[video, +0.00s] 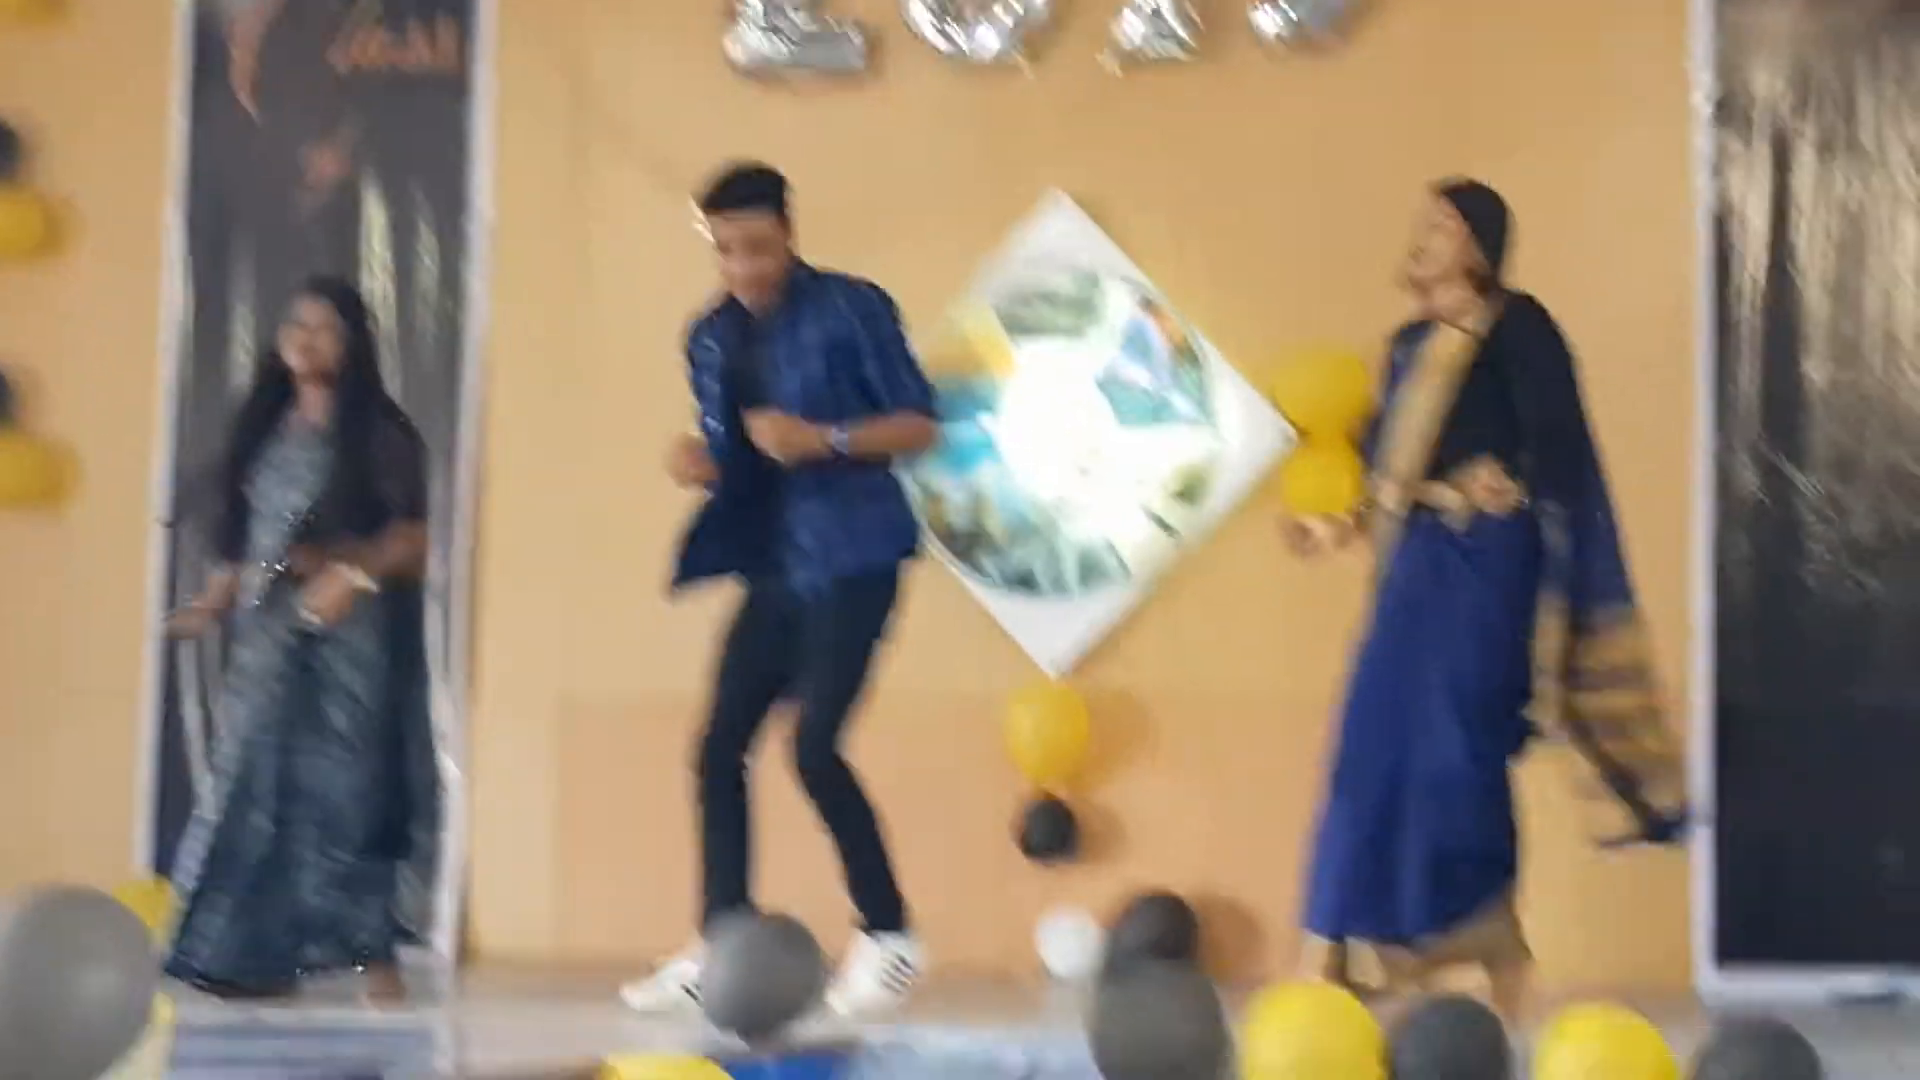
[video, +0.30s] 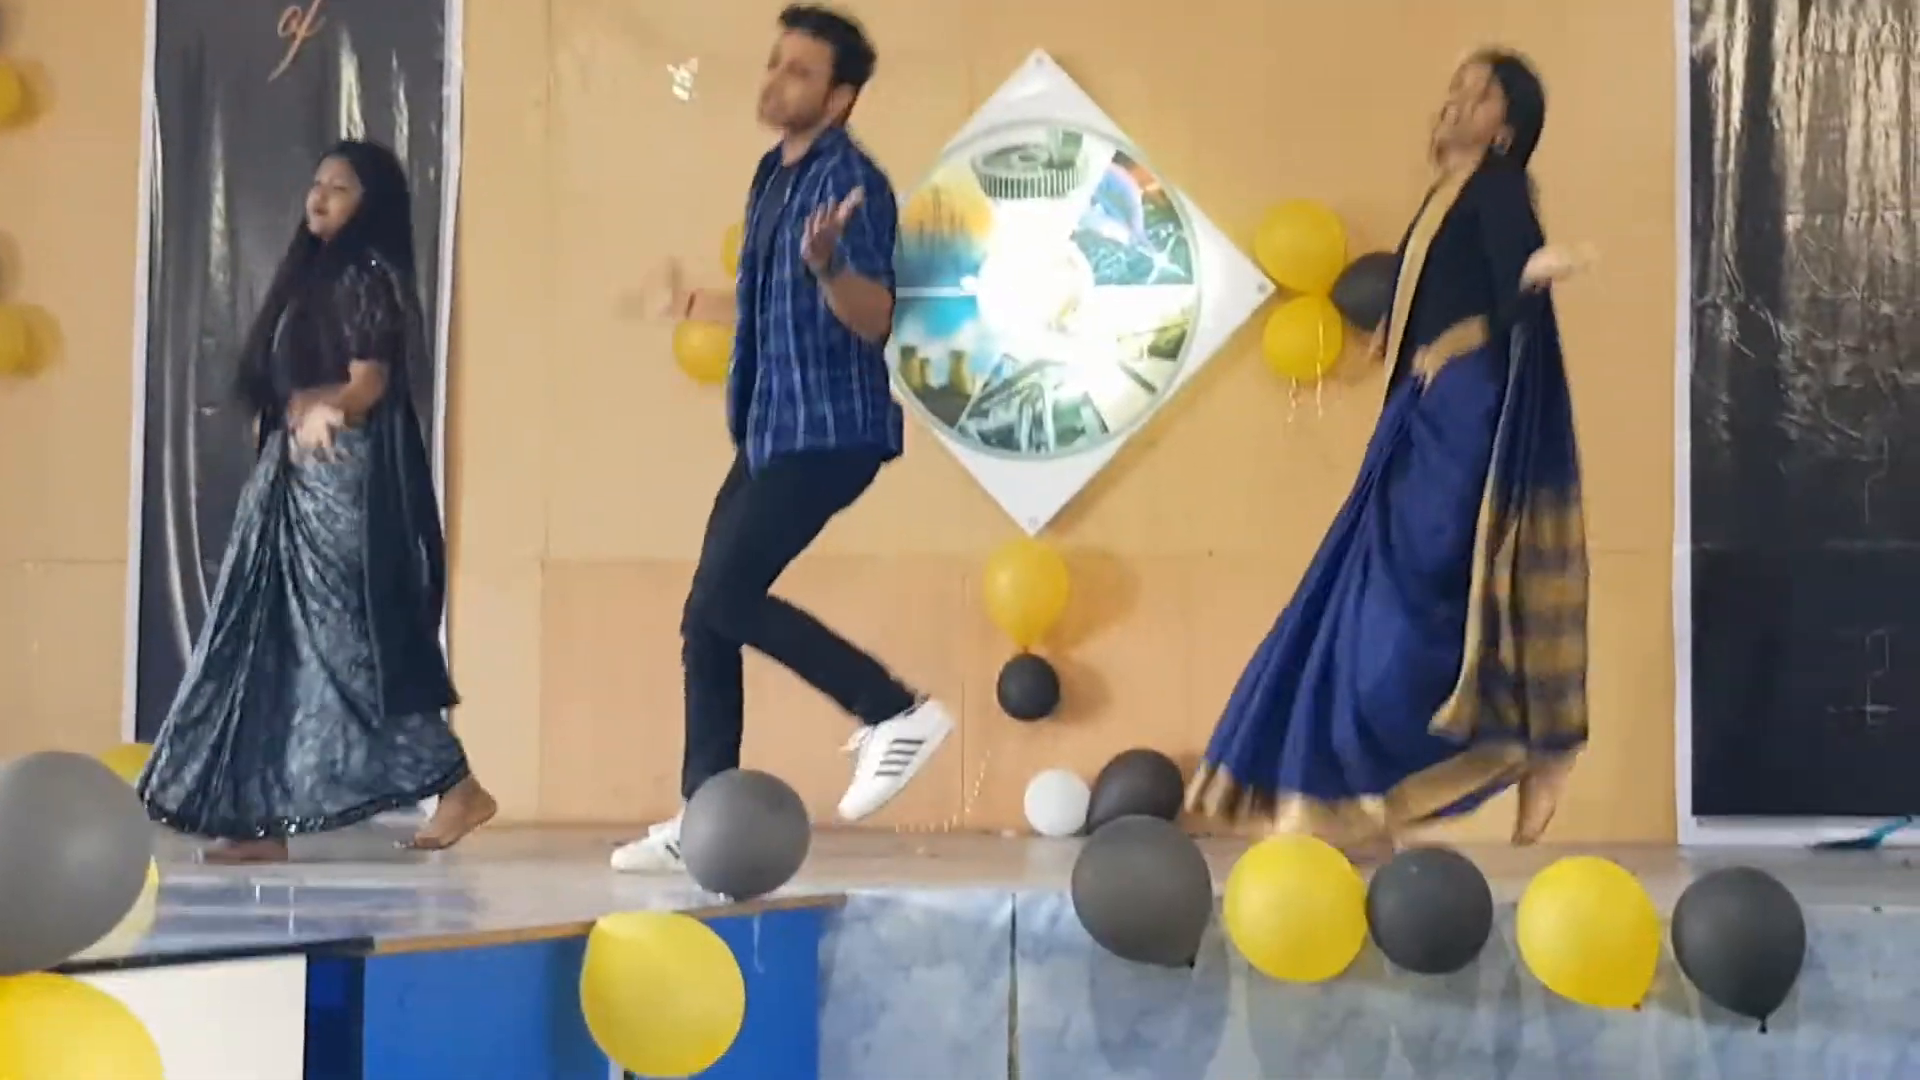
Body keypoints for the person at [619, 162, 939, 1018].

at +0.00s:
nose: (741, 266)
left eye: (756, 246)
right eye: (726, 249)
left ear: (788, 236)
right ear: (711, 248)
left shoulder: (853, 308)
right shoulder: (714, 334)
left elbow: (916, 424)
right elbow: (734, 451)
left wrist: (821, 439)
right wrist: (695, 461)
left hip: (857, 568)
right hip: (779, 574)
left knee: (815, 750)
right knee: (720, 752)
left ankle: (889, 940)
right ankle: (725, 946)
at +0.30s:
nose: (776, 81)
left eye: (799, 72)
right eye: (774, 65)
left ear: (841, 94)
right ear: (770, 75)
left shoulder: (855, 184)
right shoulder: (774, 175)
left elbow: (877, 323)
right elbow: (778, 301)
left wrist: (828, 272)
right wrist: (702, 303)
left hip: (830, 432)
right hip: (771, 428)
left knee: (731, 602)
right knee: (707, 619)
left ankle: (899, 715)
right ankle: (706, 819)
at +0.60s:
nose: (878, 86)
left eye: (899, 78)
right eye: (883, 71)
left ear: (946, 104)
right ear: (929, 101)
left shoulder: (936, 180)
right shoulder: (922, 179)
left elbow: (895, 320)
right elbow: (897, 309)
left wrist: (840, 245)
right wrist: (846, 251)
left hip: (907, 454)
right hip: (885, 453)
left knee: (882, 652)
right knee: (793, 622)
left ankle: (1004, 824)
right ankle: (728, 812)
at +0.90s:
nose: (985, 54)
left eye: (1005, 44)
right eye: (989, 37)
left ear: (1054, 72)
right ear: (1049, 76)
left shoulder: (1039, 151)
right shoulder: (1055, 151)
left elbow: (1012, 288)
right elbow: (1021, 282)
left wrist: (945, 212)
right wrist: (955, 209)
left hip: (1001, 426)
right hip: (1048, 431)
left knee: (945, 616)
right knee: (1055, 631)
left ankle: (996, 828)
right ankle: (1210, 774)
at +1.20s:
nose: (1010, 116)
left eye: (1030, 100)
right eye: (1008, 99)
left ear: (1081, 117)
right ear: (1012, 114)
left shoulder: (1078, 192)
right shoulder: (1051, 207)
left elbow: (1072, 309)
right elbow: (1018, 344)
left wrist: (1007, 221)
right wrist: (956, 270)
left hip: (1067, 459)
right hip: (1104, 468)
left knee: (945, 623)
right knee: (1129, 680)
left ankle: (1055, 814)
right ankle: (1222, 861)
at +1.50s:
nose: (902, 233)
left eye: (918, 214)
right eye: (889, 218)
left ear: (960, 213)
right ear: (880, 223)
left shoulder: (1009, 325)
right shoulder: (862, 320)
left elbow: (1020, 461)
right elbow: (852, 444)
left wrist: (930, 397)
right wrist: (811, 510)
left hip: (976, 549)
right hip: (899, 557)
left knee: (942, 752)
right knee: (953, 767)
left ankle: (987, 949)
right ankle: (1124, 919)